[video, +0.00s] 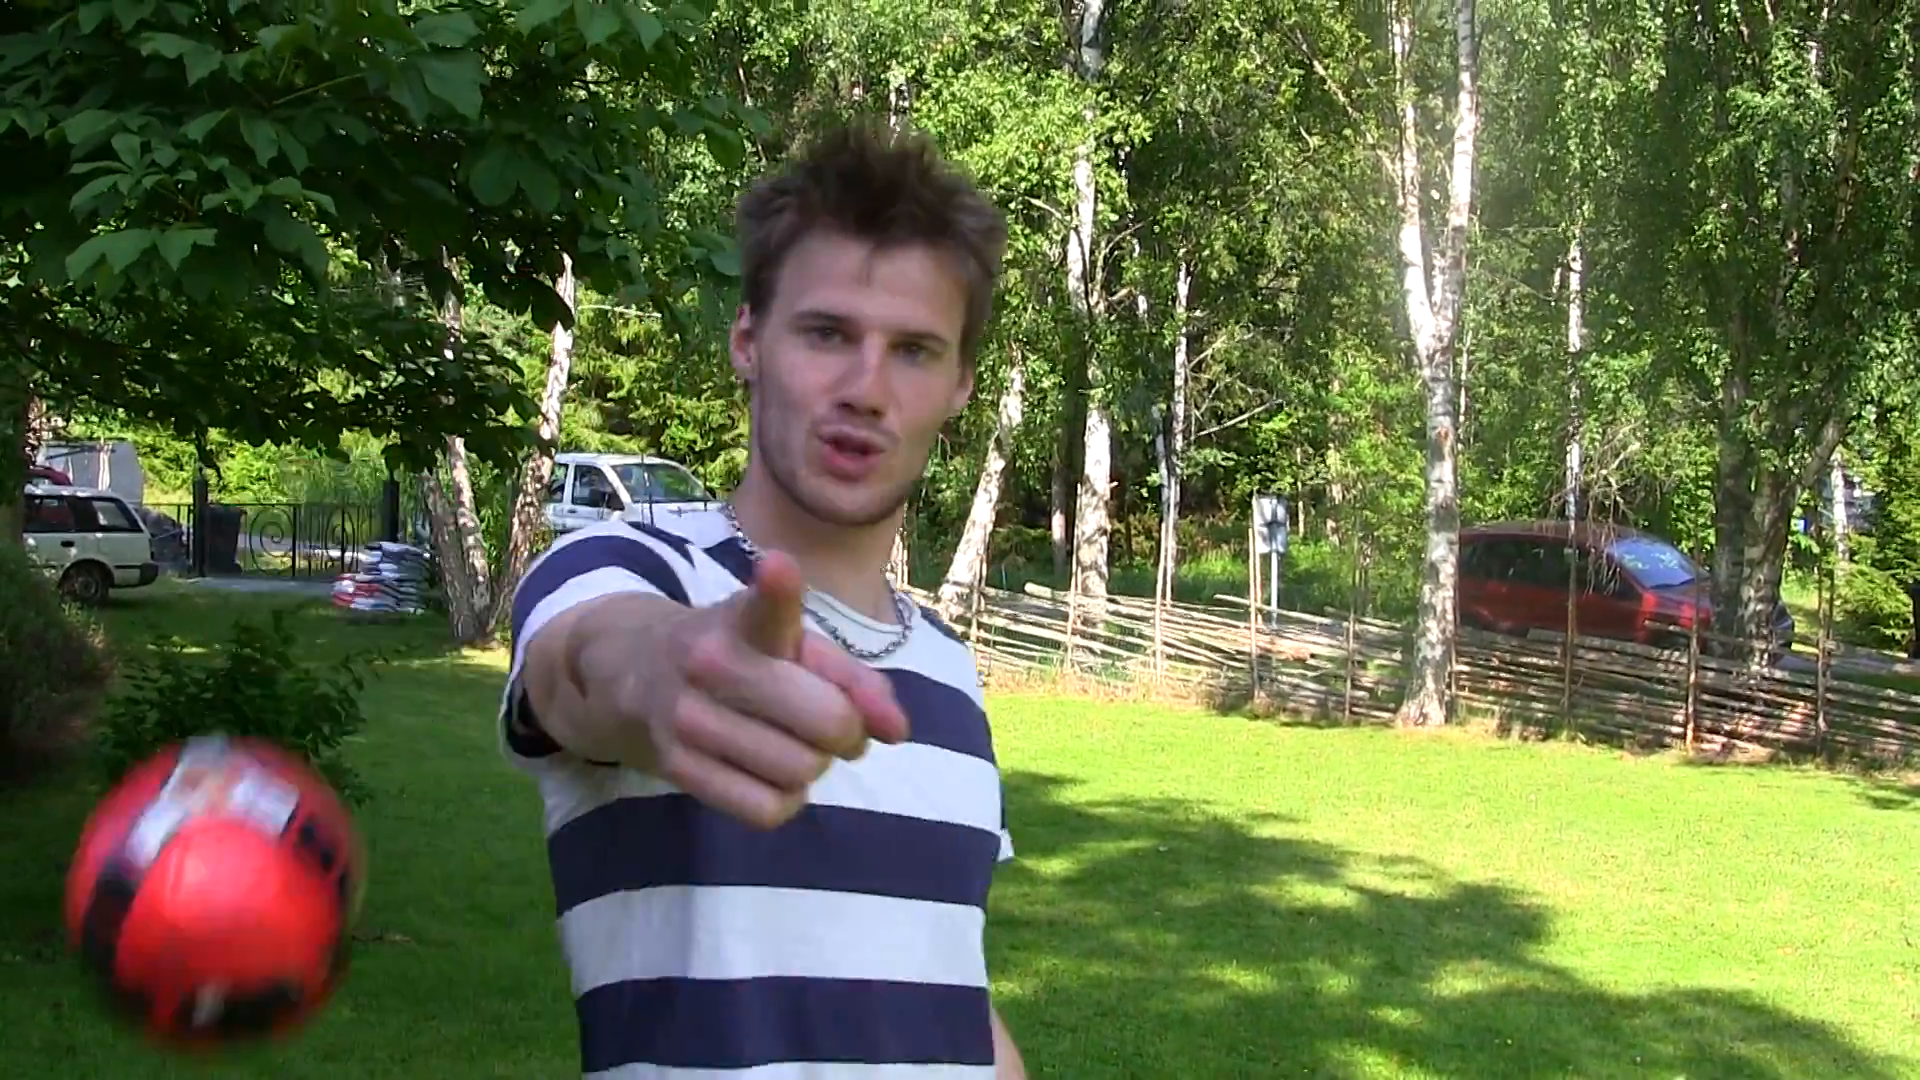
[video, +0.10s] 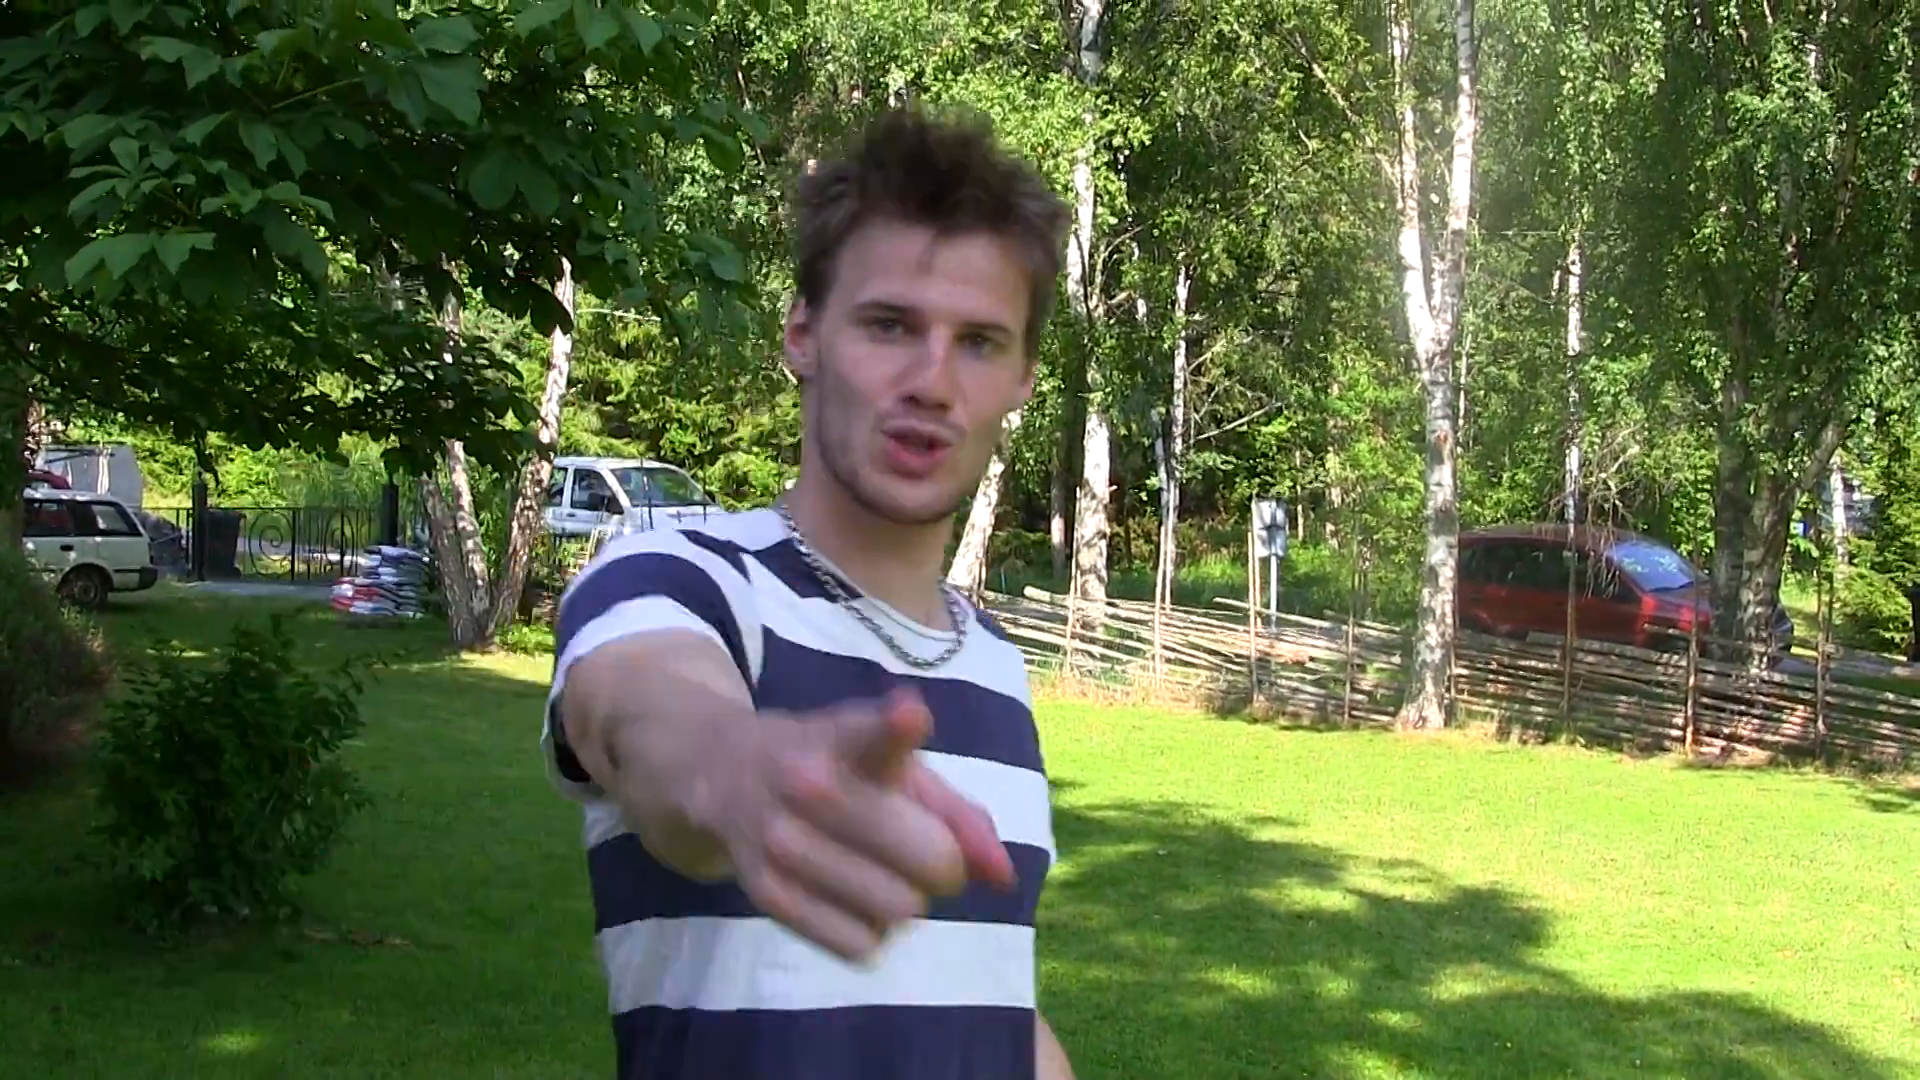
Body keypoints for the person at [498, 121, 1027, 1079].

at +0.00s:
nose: (863, 390)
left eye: (913, 352)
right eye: (825, 335)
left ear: (959, 388)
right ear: (748, 349)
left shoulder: (951, 675)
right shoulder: (617, 563)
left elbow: (950, 986)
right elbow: (578, 661)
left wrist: (1002, 1058)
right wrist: (669, 675)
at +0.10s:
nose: (932, 383)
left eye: (980, 342)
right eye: (889, 326)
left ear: (1021, 382)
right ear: (804, 342)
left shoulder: (999, 669)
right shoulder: (668, 570)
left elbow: (990, 990)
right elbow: (640, 704)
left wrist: (1043, 1056)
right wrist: (737, 777)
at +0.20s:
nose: (1032, 391)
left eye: (1077, 350)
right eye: (987, 331)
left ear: (1114, 386)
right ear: (888, 343)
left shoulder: (1073, 672)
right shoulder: (734, 595)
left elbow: (1055, 1005)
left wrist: (1098, 1060)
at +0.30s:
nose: (1125, 406)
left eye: (1173, 363)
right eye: (1079, 343)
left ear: (1206, 396)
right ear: (977, 352)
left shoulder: (1150, 694)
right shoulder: (816, 626)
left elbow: (1128, 1028)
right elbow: (702, 1029)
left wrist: (1162, 1061)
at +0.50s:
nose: (1223, 419)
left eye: (1267, 371)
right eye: (1170, 359)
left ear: (1305, 403)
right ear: (1069, 378)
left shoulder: (1250, 707)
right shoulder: (913, 681)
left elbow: (1224, 1042)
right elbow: (799, 1065)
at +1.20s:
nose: (1134, 363)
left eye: (1176, 313)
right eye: (1078, 330)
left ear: (1257, 356)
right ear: (1020, 394)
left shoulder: (1285, 728)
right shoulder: (882, 627)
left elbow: (1285, 1066)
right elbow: (699, 1050)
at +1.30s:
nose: (998, 362)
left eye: (1052, 308)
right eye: (960, 331)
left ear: (1172, 341)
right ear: (930, 376)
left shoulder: (1256, 708)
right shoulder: (812, 634)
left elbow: (1256, 1066)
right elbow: (640, 1052)